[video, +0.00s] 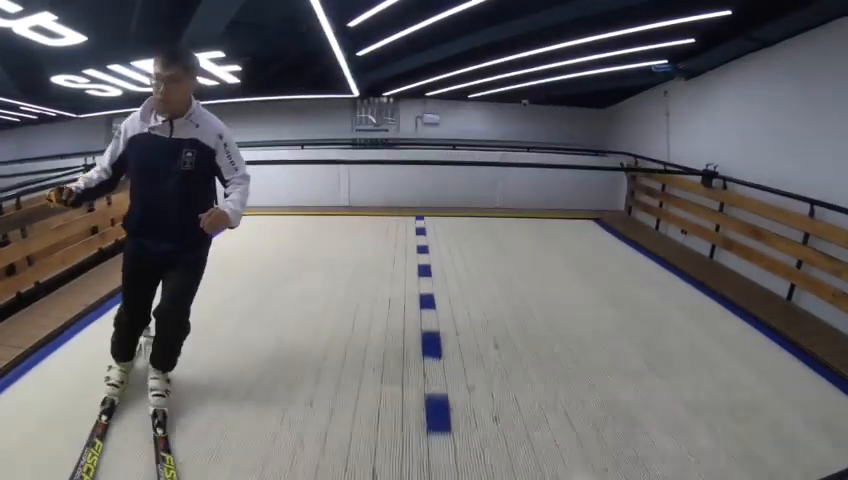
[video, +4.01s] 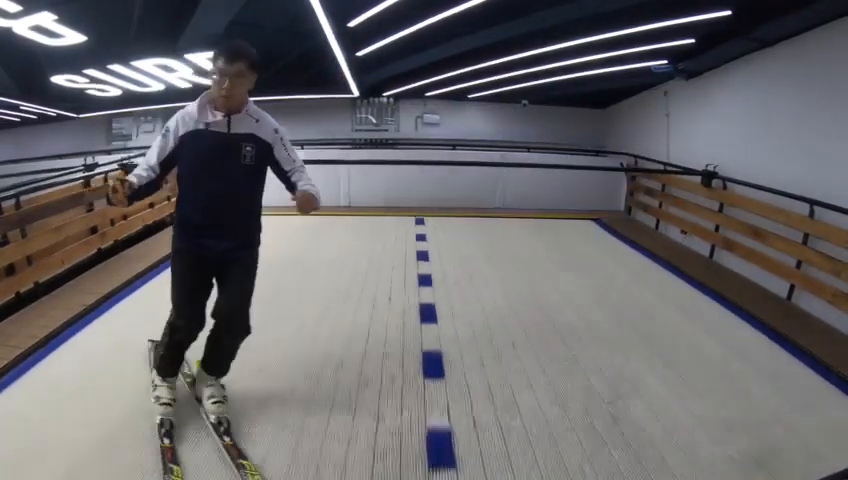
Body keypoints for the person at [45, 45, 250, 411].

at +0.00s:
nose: (160, 88)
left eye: (169, 81)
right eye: (156, 80)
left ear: (192, 81)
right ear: (151, 80)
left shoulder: (213, 132)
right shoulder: (134, 126)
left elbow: (238, 181)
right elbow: (105, 171)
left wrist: (228, 211)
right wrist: (74, 191)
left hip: (189, 242)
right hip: (142, 239)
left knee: (173, 315)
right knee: (132, 311)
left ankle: (160, 372)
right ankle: (120, 364)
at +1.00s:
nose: (474, 70)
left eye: (479, 63)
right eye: (466, 61)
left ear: (483, 67)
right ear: (444, 61)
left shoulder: (476, 111)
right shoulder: (414, 101)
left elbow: (501, 155)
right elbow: (382, 153)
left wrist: (535, 163)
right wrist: (392, 176)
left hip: (459, 211)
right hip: (419, 211)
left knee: (476, 287)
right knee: (432, 292)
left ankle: (461, 332)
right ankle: (416, 349)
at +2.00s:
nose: (639, 98)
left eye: (644, 91)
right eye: (631, 90)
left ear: (648, 93)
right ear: (609, 88)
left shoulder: (645, 138)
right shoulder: (578, 127)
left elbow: (668, 181)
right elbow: (549, 179)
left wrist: (701, 201)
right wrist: (557, 209)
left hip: (624, 238)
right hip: (580, 239)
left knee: (635, 308)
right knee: (594, 318)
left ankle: (649, 367)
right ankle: (612, 375)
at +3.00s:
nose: (310, 64)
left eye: (321, 56)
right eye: (304, 56)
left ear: (342, 59)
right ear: (298, 59)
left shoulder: (362, 108)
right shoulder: (286, 105)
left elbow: (402, 153)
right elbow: (263, 155)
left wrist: (403, 184)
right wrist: (225, 174)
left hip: (339, 221)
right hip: (294, 218)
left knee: (326, 303)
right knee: (279, 301)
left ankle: (369, 371)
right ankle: (305, 357)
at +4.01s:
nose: (225, 86)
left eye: (236, 78)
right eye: (219, 76)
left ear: (252, 83)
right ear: (210, 75)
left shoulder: (264, 128)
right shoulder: (185, 120)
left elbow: (295, 171)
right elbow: (151, 165)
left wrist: (307, 194)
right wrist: (130, 185)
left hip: (240, 243)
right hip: (191, 240)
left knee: (235, 323)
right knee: (187, 320)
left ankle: (210, 375)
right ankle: (165, 374)